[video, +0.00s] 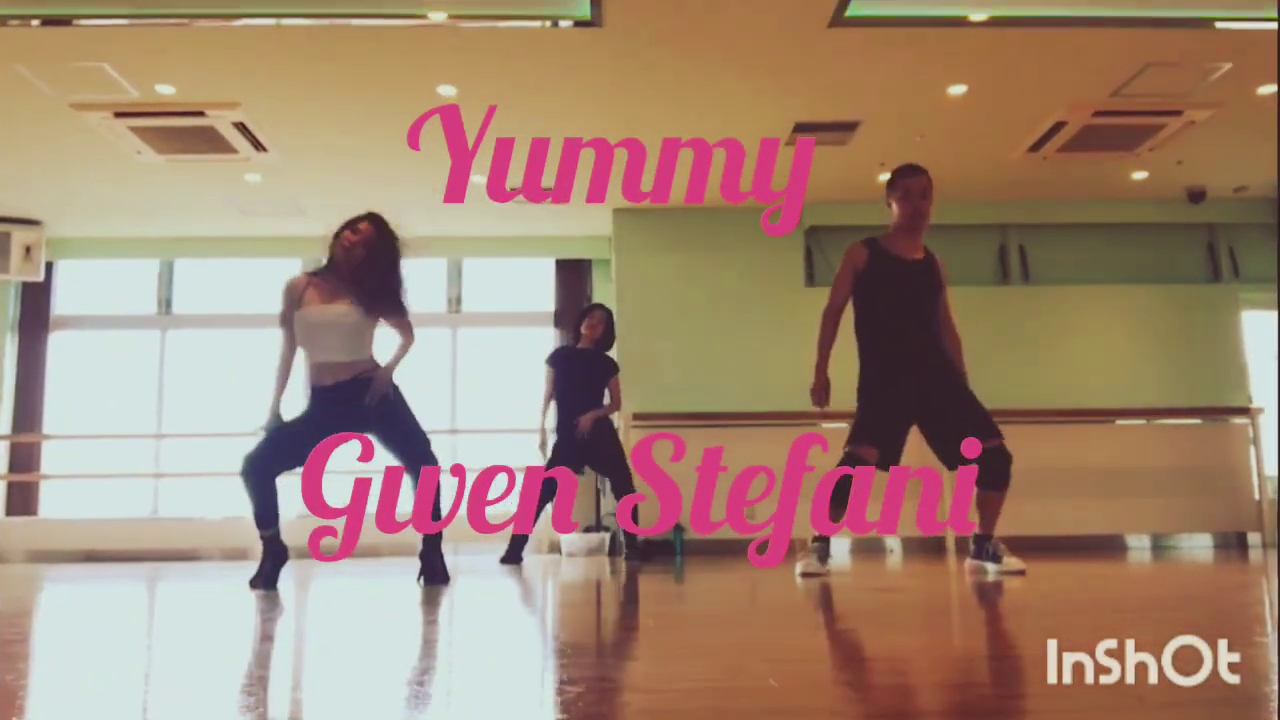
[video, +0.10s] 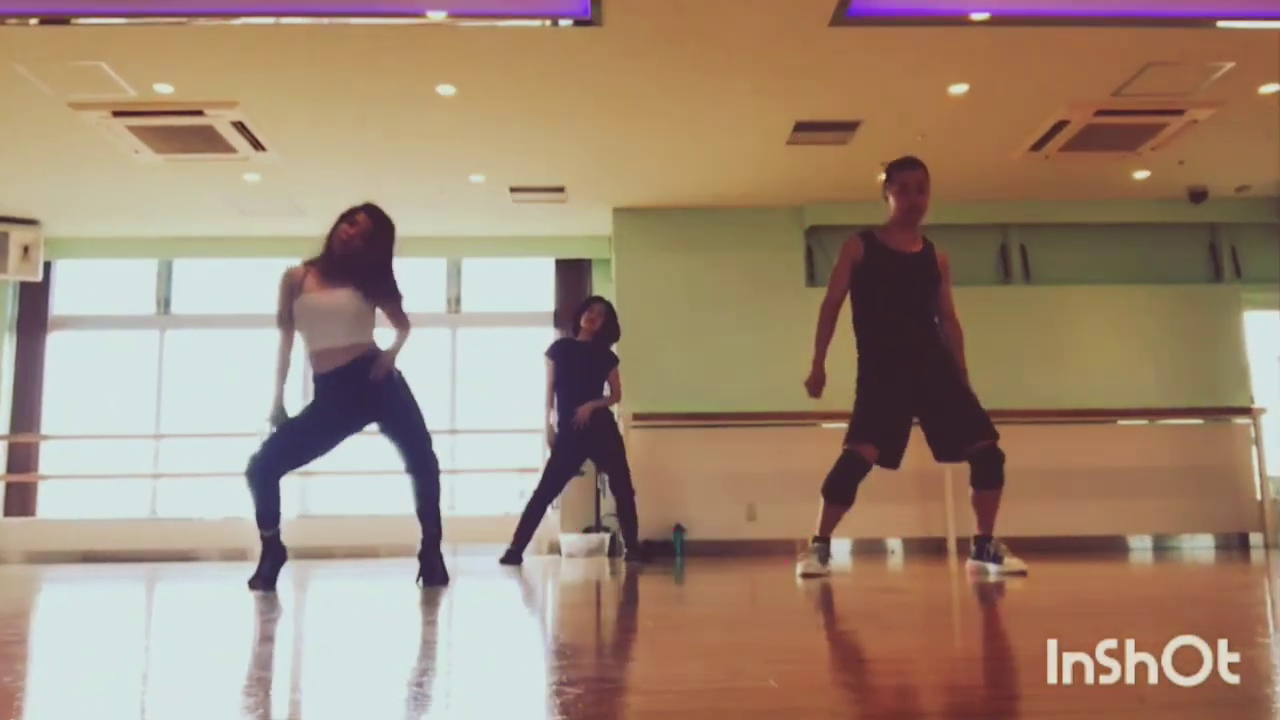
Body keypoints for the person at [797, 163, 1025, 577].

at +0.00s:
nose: (917, 204)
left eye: (924, 196)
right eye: (907, 196)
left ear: (933, 203)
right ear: (890, 202)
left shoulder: (932, 264)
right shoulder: (863, 255)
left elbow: (946, 326)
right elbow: (833, 312)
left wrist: (960, 376)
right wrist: (821, 372)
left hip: (937, 381)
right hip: (885, 383)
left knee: (995, 459)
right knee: (856, 465)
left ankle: (985, 545)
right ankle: (820, 546)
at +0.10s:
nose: (914, 197)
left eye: (921, 189)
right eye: (904, 189)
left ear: (929, 196)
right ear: (886, 195)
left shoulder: (935, 257)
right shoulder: (860, 248)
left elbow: (948, 320)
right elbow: (831, 306)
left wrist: (961, 376)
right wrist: (818, 364)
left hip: (935, 371)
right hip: (882, 373)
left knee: (987, 452)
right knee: (859, 456)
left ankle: (986, 545)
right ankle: (820, 544)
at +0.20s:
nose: (908, 194)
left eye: (915, 186)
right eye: (898, 186)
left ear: (925, 192)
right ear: (882, 191)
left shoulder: (936, 252)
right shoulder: (857, 247)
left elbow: (949, 317)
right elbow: (828, 304)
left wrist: (961, 376)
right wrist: (815, 360)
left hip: (930, 367)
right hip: (877, 370)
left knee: (977, 452)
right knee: (856, 455)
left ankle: (986, 546)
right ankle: (820, 544)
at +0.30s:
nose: (902, 193)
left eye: (909, 185)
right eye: (893, 185)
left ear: (920, 191)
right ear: (877, 191)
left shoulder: (936, 250)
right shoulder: (855, 246)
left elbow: (947, 314)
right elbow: (826, 304)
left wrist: (957, 373)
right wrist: (811, 361)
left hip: (921, 368)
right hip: (868, 371)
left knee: (971, 453)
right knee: (850, 455)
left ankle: (985, 545)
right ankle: (819, 545)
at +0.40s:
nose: (897, 195)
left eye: (905, 186)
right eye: (888, 187)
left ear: (916, 191)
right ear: (873, 193)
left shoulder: (936, 250)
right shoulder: (854, 250)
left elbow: (944, 313)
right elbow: (827, 307)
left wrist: (949, 370)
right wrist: (810, 361)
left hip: (915, 377)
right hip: (862, 377)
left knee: (967, 458)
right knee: (841, 458)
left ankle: (984, 544)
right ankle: (818, 545)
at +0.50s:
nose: (896, 203)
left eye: (903, 193)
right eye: (886, 195)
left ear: (914, 198)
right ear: (871, 201)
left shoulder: (935, 257)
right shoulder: (855, 258)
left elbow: (940, 321)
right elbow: (829, 317)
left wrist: (936, 376)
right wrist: (814, 376)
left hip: (914, 385)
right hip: (860, 383)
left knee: (970, 465)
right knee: (835, 462)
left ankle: (984, 546)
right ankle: (818, 546)